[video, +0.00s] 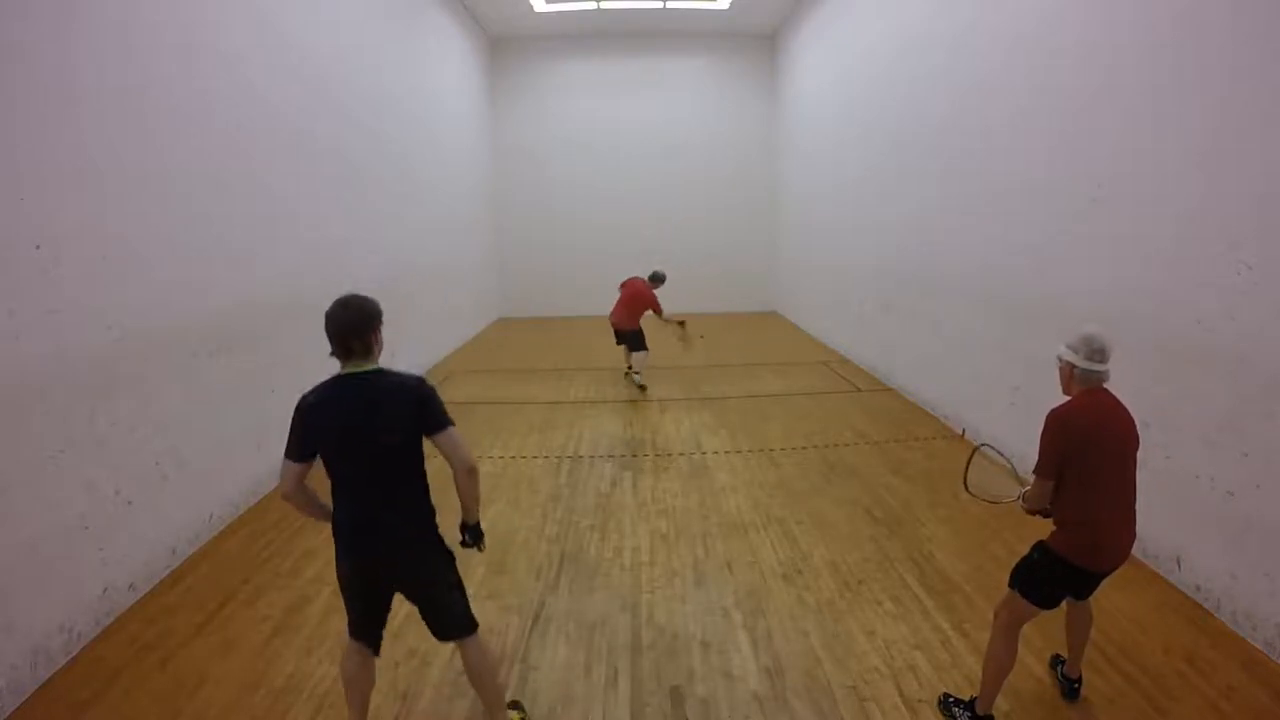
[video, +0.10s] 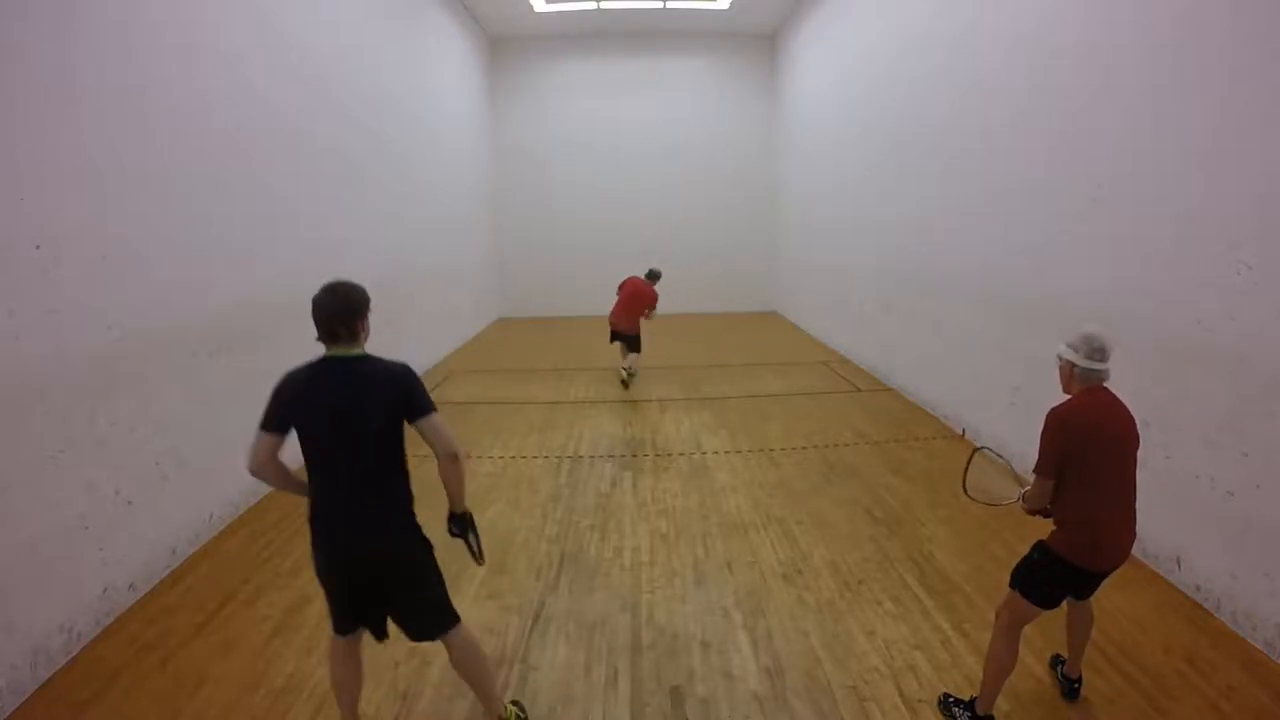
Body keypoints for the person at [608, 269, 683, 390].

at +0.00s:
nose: (659, 287)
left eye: (660, 284)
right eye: (660, 285)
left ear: (649, 276)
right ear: (658, 284)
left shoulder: (635, 280)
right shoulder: (650, 296)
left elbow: (621, 287)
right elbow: (660, 315)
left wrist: (633, 298)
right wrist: (676, 321)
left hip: (615, 320)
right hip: (631, 325)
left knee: (628, 345)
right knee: (642, 351)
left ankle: (629, 368)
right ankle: (636, 374)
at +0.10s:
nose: (656, 283)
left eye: (656, 281)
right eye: (657, 281)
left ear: (646, 274)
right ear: (656, 281)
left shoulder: (632, 280)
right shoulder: (652, 294)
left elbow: (619, 291)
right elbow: (650, 312)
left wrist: (631, 298)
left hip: (615, 321)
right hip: (630, 325)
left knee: (623, 344)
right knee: (635, 351)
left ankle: (628, 367)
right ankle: (625, 367)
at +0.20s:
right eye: (651, 277)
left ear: (641, 273)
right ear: (652, 277)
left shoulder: (628, 281)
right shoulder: (650, 289)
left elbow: (617, 292)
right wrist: (618, 296)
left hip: (618, 325)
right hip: (635, 328)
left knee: (622, 347)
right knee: (630, 352)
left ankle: (627, 368)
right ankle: (618, 369)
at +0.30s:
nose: (633, 274)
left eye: (633, 272)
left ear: (632, 272)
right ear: (643, 273)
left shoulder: (625, 283)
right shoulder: (645, 286)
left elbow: (615, 299)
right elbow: (634, 298)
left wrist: (622, 309)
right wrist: (615, 292)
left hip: (624, 325)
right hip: (640, 326)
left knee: (621, 347)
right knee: (633, 352)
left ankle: (629, 369)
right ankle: (622, 374)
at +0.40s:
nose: (624, 276)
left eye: (624, 274)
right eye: (625, 274)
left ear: (625, 274)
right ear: (636, 273)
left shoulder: (625, 287)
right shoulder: (642, 285)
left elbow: (620, 306)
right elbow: (631, 303)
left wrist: (618, 317)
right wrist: (611, 303)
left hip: (629, 328)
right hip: (644, 328)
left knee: (621, 343)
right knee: (637, 352)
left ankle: (628, 366)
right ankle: (635, 374)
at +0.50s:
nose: (620, 279)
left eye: (620, 276)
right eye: (620, 276)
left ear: (624, 276)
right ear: (633, 274)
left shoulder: (629, 289)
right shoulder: (641, 285)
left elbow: (627, 311)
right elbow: (628, 305)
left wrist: (621, 325)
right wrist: (615, 314)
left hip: (634, 329)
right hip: (649, 329)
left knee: (624, 342)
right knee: (641, 351)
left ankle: (629, 367)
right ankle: (643, 372)